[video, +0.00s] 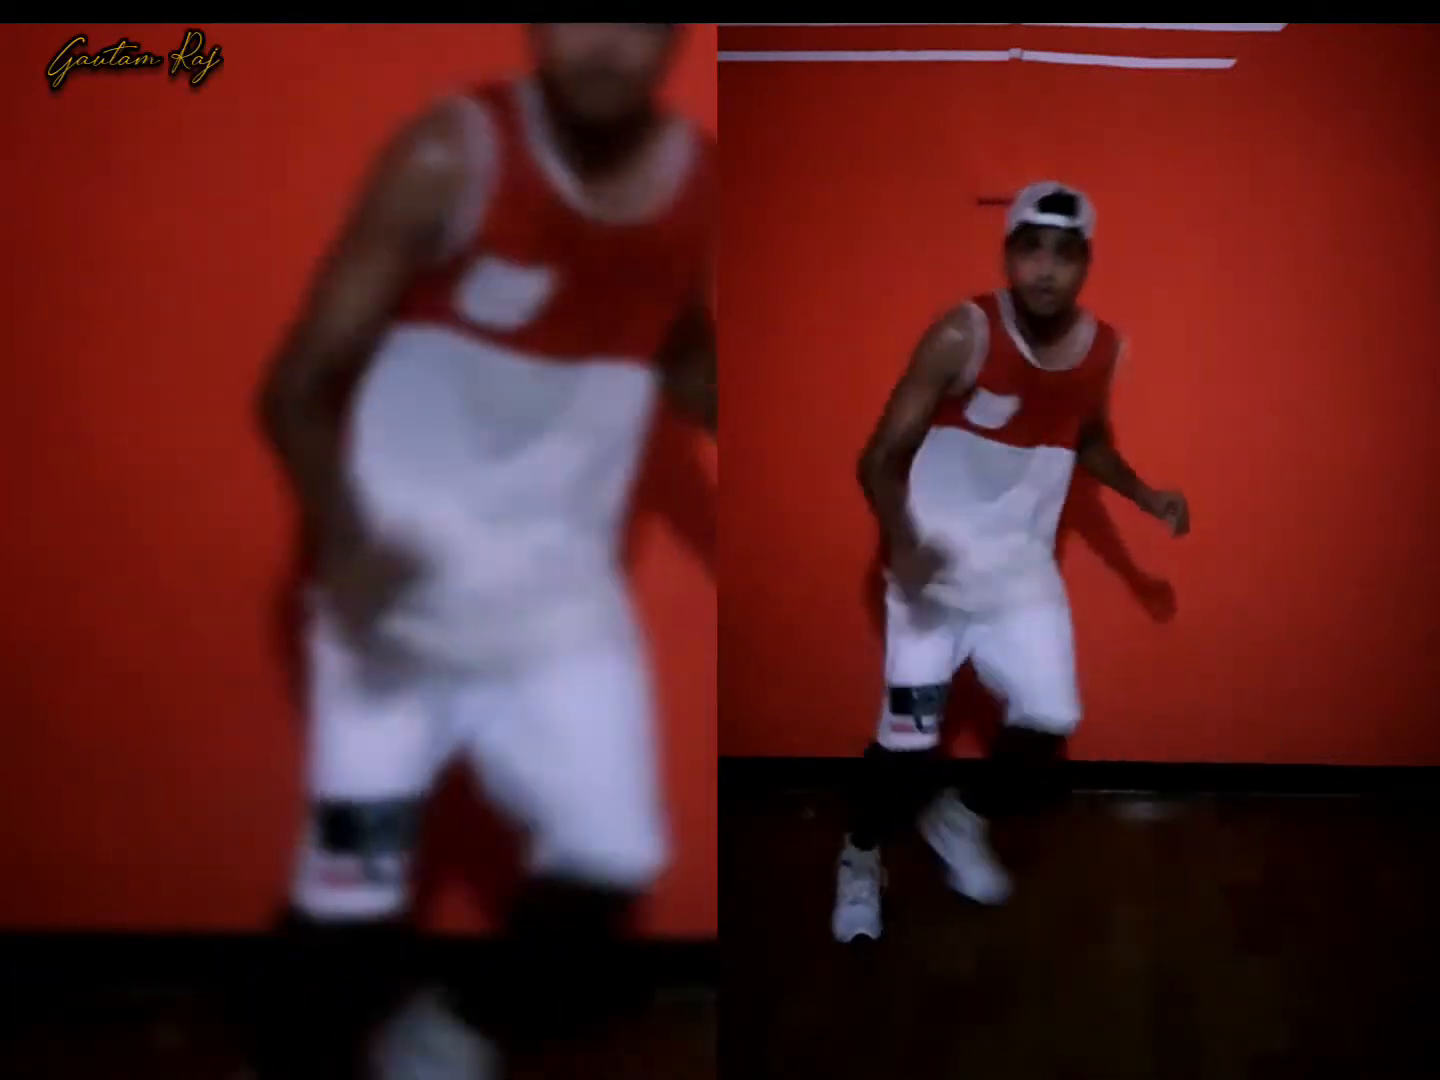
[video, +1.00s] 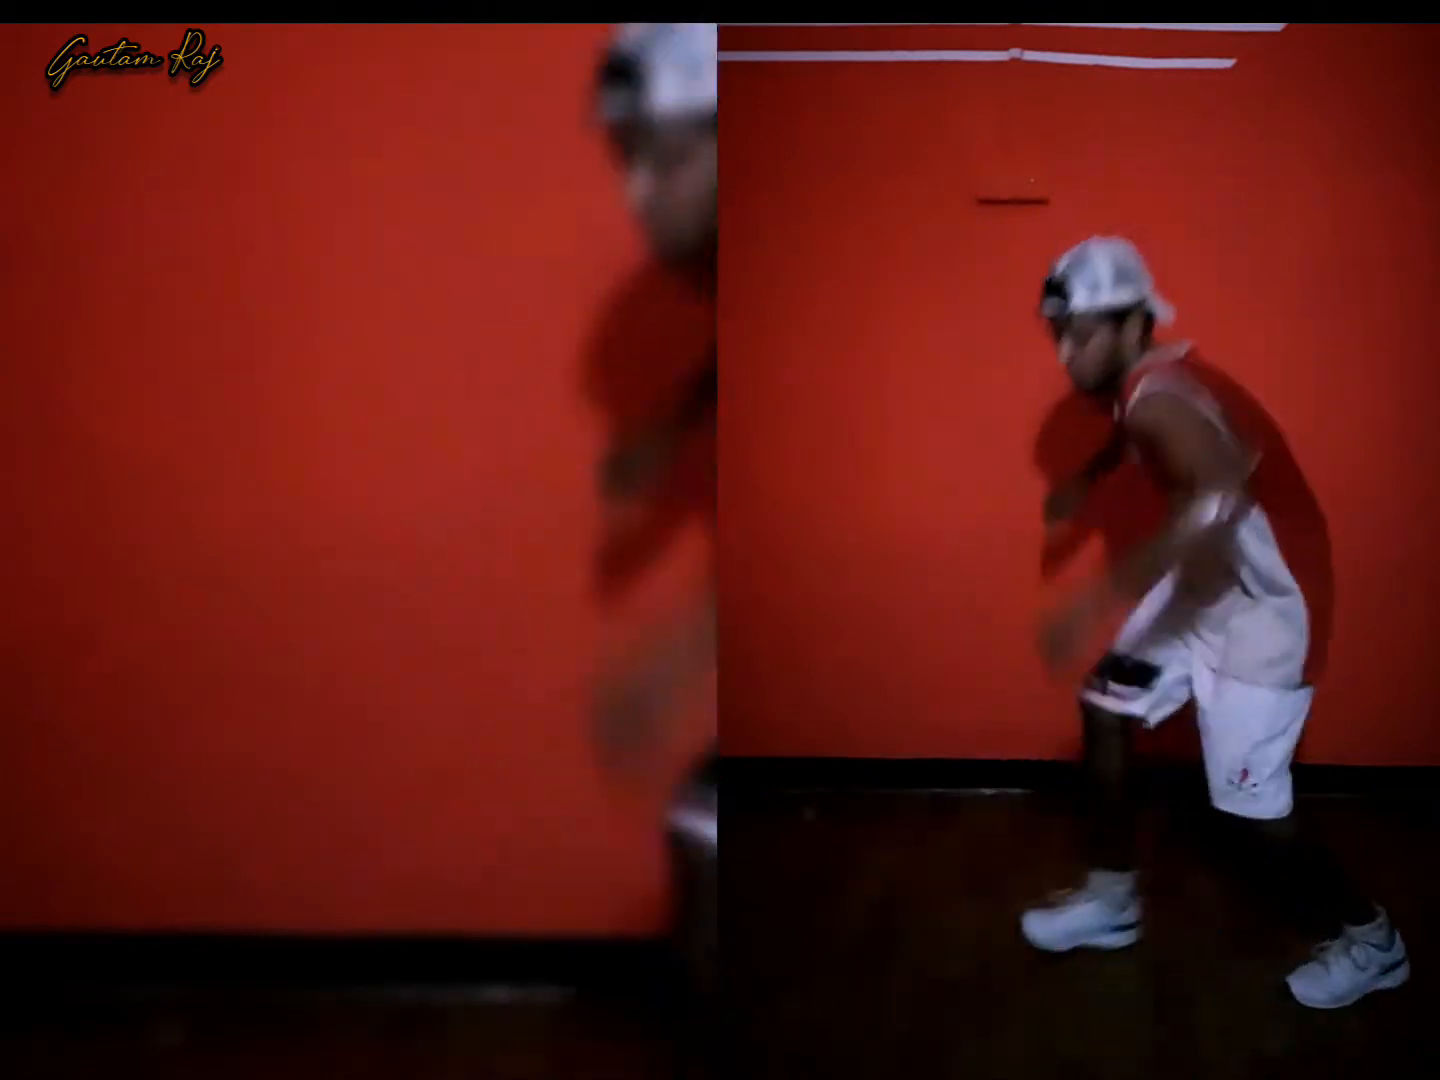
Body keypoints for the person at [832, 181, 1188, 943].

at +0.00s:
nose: (1045, 270)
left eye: (1063, 255)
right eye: (1031, 251)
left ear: (1086, 266)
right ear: (1008, 259)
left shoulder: (1099, 348)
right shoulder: (963, 337)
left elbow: (1089, 440)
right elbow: (880, 460)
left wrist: (1146, 494)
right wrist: (904, 542)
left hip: (1023, 566)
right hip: (932, 559)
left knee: (1048, 719)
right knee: (911, 738)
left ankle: (960, 817)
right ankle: (861, 860)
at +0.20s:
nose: (1119, 347)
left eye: (1137, 331)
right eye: (1102, 327)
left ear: (1157, 346)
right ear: (1075, 337)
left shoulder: (1172, 445)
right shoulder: (1009, 408)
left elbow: (1159, 523)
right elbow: (920, 477)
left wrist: (1145, 601)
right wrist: (876, 584)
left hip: (1069, 563)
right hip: (963, 550)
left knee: (1088, 732)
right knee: (908, 718)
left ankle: (1070, 916)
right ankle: (857, 864)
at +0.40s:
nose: (1162, 269)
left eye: (1183, 253)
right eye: (1148, 246)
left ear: (1202, 267)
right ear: (1119, 248)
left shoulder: (1215, 376)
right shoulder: (1063, 303)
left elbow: (1214, 523)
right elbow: (1014, 389)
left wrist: (1151, 500)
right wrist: (984, 485)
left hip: (1137, 605)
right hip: (1037, 583)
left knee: (1113, 774)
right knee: (1008, 761)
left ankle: (1074, 923)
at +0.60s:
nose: (1191, 275)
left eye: (1210, 259)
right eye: (1177, 256)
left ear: (1234, 268)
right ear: (1156, 260)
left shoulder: (1259, 377)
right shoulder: (1141, 328)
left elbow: (1224, 502)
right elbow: (1130, 426)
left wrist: (1195, 380)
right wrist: (1054, 472)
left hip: (1171, 614)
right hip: (1121, 599)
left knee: (1113, 800)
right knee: (1172, 773)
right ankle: (1283, 888)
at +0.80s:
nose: (1121, 277)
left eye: (1136, 257)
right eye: (1109, 259)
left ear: (1181, 251)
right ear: (1102, 261)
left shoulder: (1240, 331)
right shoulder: (1130, 341)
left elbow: (1259, 451)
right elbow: (1157, 443)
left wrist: (1143, 399)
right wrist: (1096, 441)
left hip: (1231, 614)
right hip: (1162, 603)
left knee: (1218, 801)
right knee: (1126, 760)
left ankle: (1349, 920)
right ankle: (1260, 882)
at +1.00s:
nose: (1067, 352)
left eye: (1080, 333)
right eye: (1060, 335)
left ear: (1131, 326)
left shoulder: (1160, 401)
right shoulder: (1152, 379)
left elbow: (1217, 493)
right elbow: (1127, 450)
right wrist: (1077, 495)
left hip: (1271, 606)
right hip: (1204, 586)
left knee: (1245, 807)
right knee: (1110, 705)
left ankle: (1370, 936)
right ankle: (1111, 895)